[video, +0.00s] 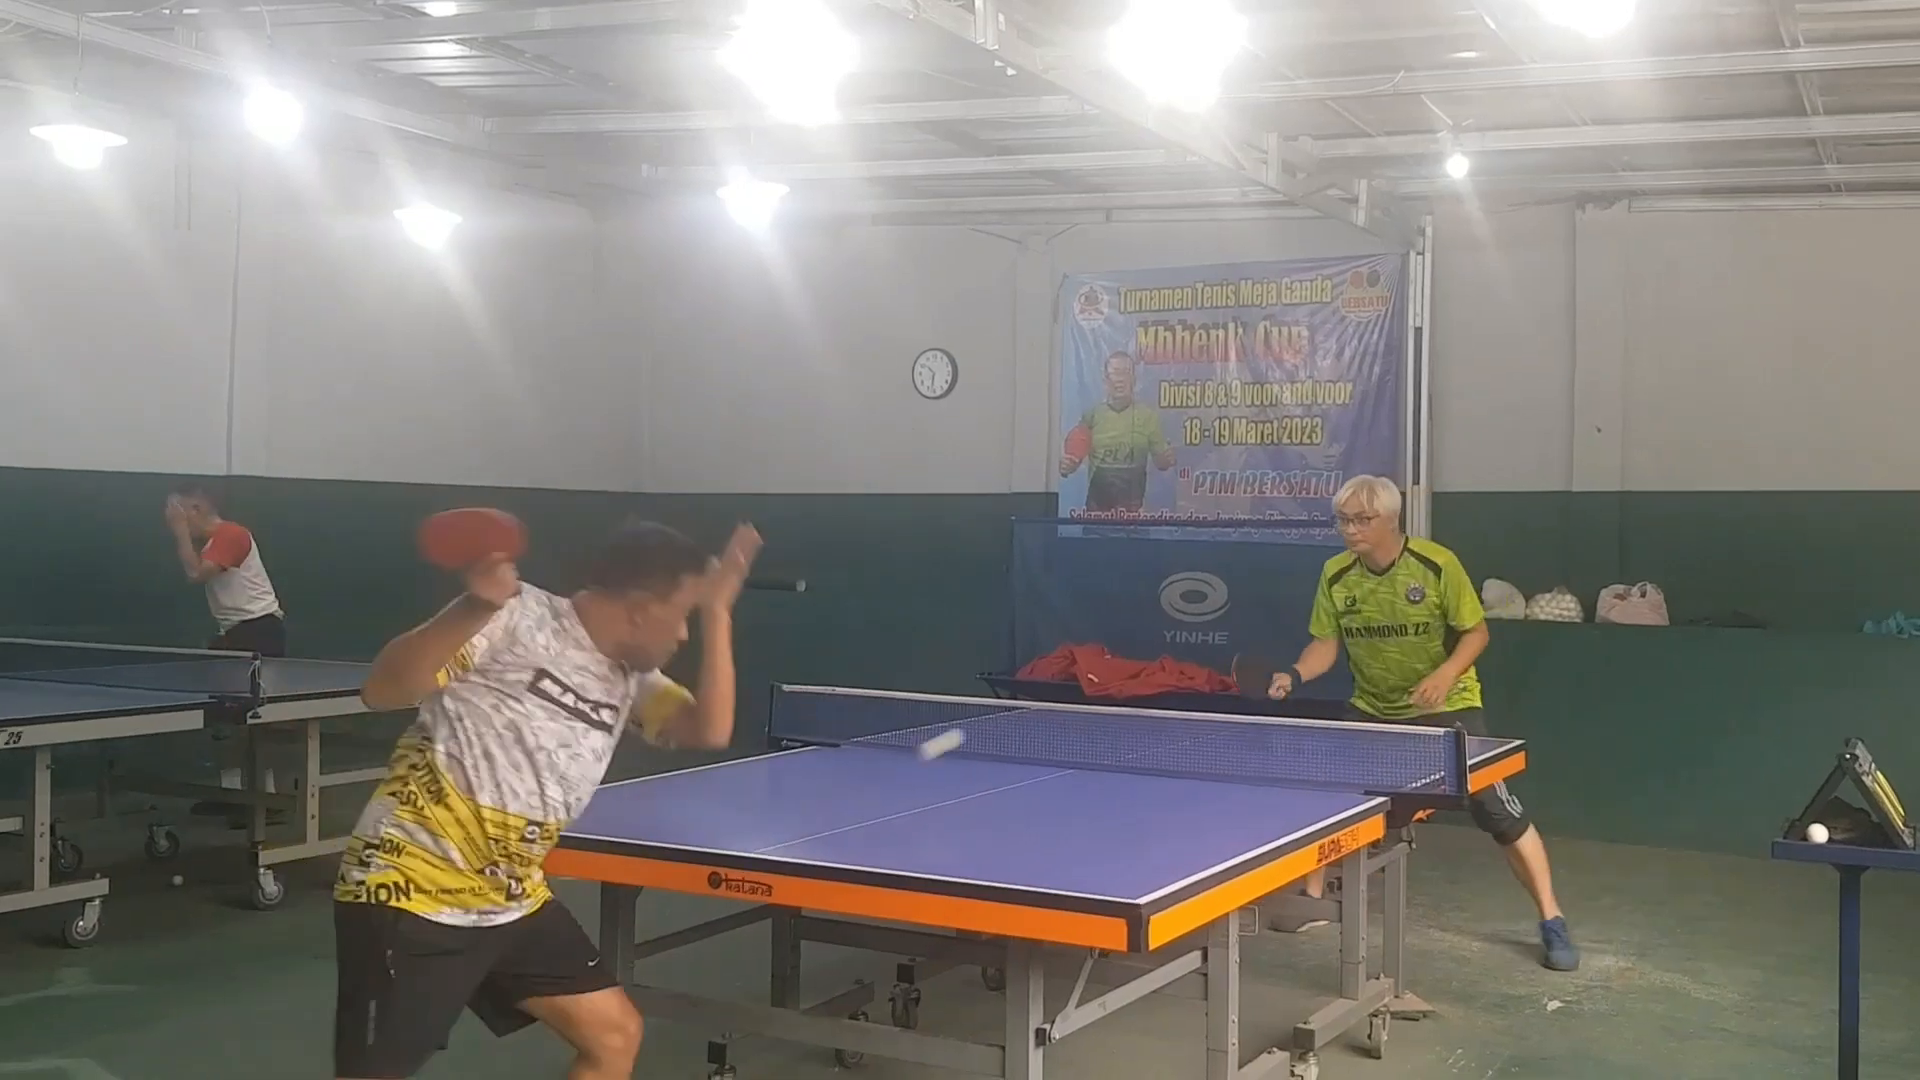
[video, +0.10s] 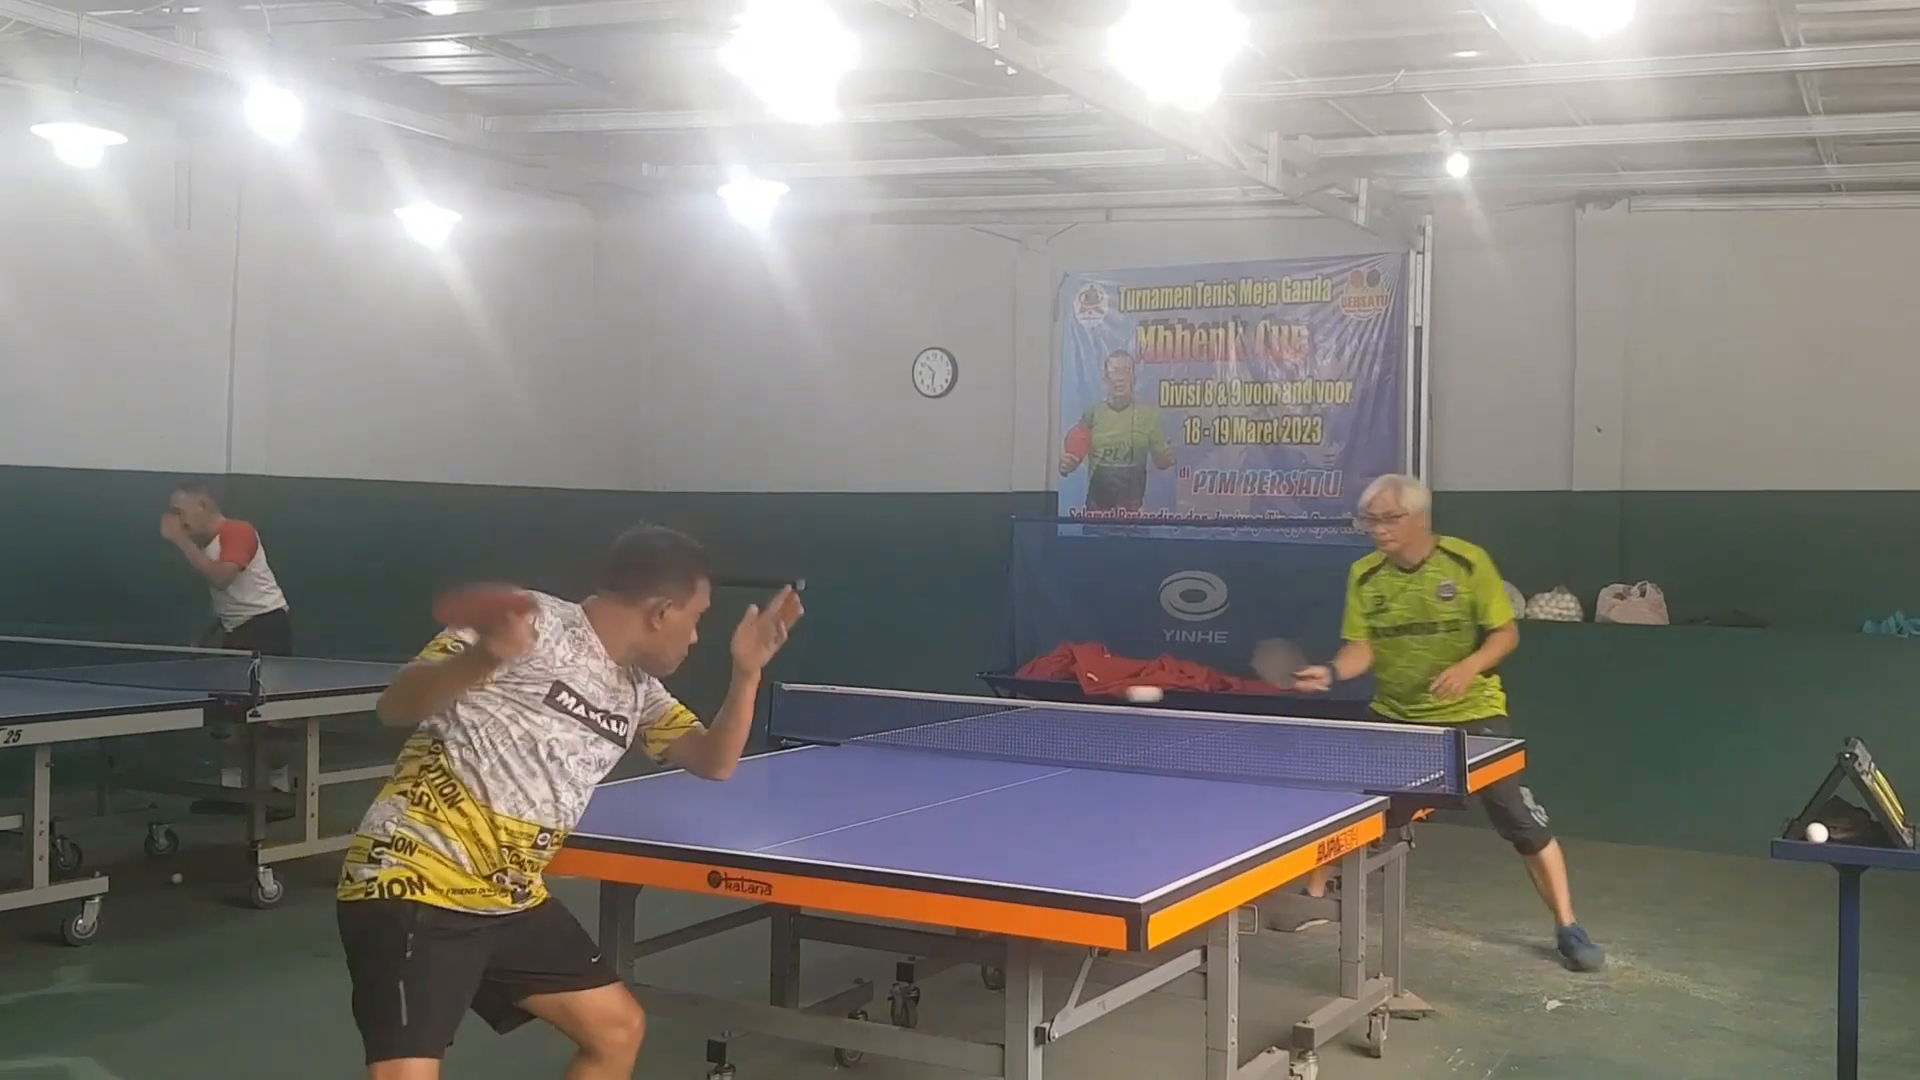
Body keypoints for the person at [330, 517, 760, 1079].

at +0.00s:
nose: (686, 635)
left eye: (692, 619)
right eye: (683, 615)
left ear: (639, 610)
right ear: (638, 605)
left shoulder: (628, 681)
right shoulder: (513, 611)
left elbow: (711, 729)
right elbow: (380, 689)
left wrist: (718, 612)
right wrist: (473, 607)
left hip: (509, 895)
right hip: (407, 889)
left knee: (615, 1037)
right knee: (372, 1069)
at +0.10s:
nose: (695, 637)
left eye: (699, 622)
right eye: (695, 620)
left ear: (652, 616)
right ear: (658, 615)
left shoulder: (639, 691)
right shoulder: (523, 618)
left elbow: (714, 761)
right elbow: (395, 706)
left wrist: (747, 674)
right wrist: (484, 657)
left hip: (507, 890)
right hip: (410, 877)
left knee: (618, 1027)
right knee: (405, 1070)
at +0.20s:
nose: (671, 616)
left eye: (674, 600)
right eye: (670, 597)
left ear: (626, 590)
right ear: (630, 589)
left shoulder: (608, 672)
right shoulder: (495, 613)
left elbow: (678, 757)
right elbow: (407, 717)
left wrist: (726, 702)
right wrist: (531, 696)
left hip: (490, 887)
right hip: (397, 878)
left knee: (600, 1025)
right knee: (404, 1070)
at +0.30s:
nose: (625, 583)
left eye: (627, 565)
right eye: (624, 564)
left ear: (580, 563)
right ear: (586, 563)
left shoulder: (543, 648)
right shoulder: (468, 606)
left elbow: (601, 749)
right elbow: (411, 727)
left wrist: (669, 719)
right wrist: (562, 715)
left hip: (450, 891)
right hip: (368, 896)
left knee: (551, 1024)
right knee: (370, 1067)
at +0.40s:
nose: (598, 564)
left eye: (600, 548)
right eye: (595, 547)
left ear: (547, 545)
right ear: (557, 546)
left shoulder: (507, 626)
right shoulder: (442, 601)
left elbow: (538, 736)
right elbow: (409, 732)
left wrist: (623, 722)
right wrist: (562, 725)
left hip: (416, 885)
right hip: (338, 890)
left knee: (510, 1016)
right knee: (349, 1068)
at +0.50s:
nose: (579, 553)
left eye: (579, 536)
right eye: (576, 535)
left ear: (532, 539)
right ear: (537, 538)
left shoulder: (495, 617)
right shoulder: (423, 602)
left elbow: (504, 726)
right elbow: (411, 747)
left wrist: (590, 735)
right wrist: (571, 739)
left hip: (406, 878)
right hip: (329, 886)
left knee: (480, 1016)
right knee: (346, 1069)